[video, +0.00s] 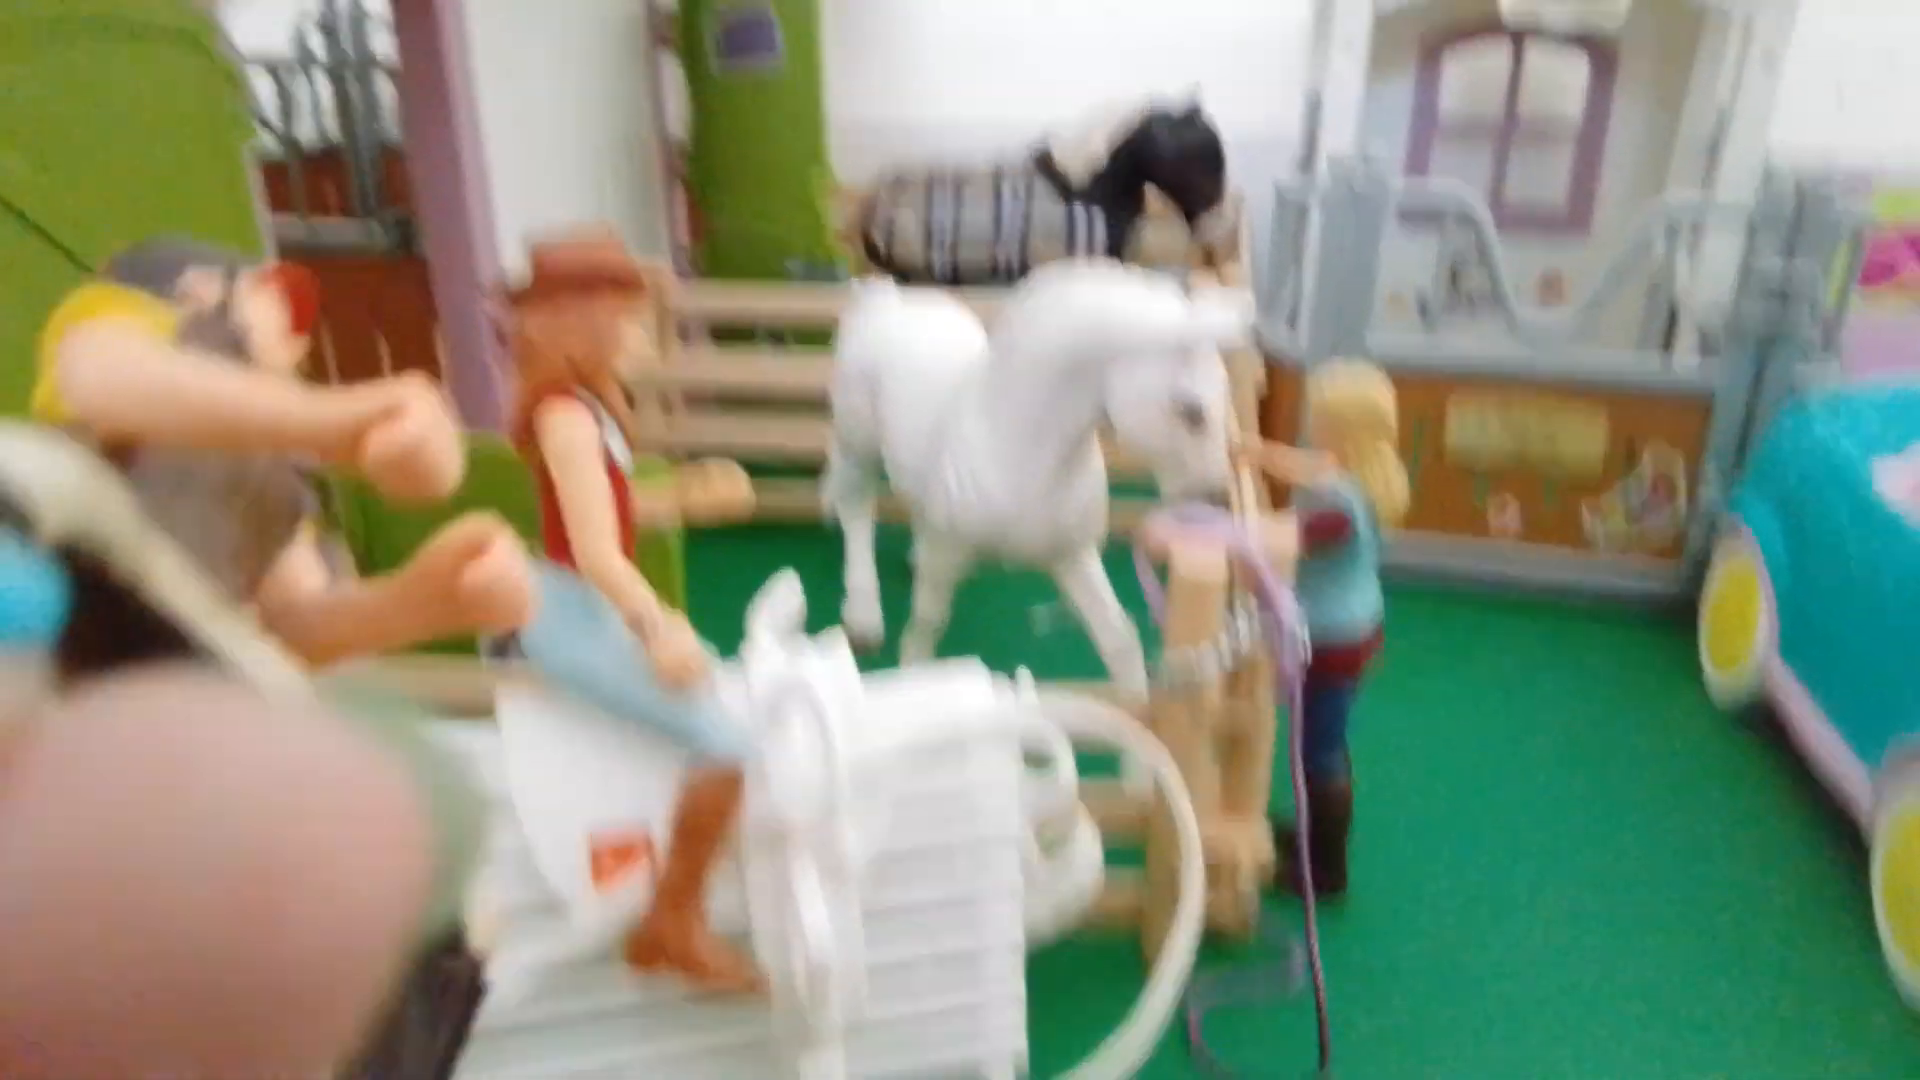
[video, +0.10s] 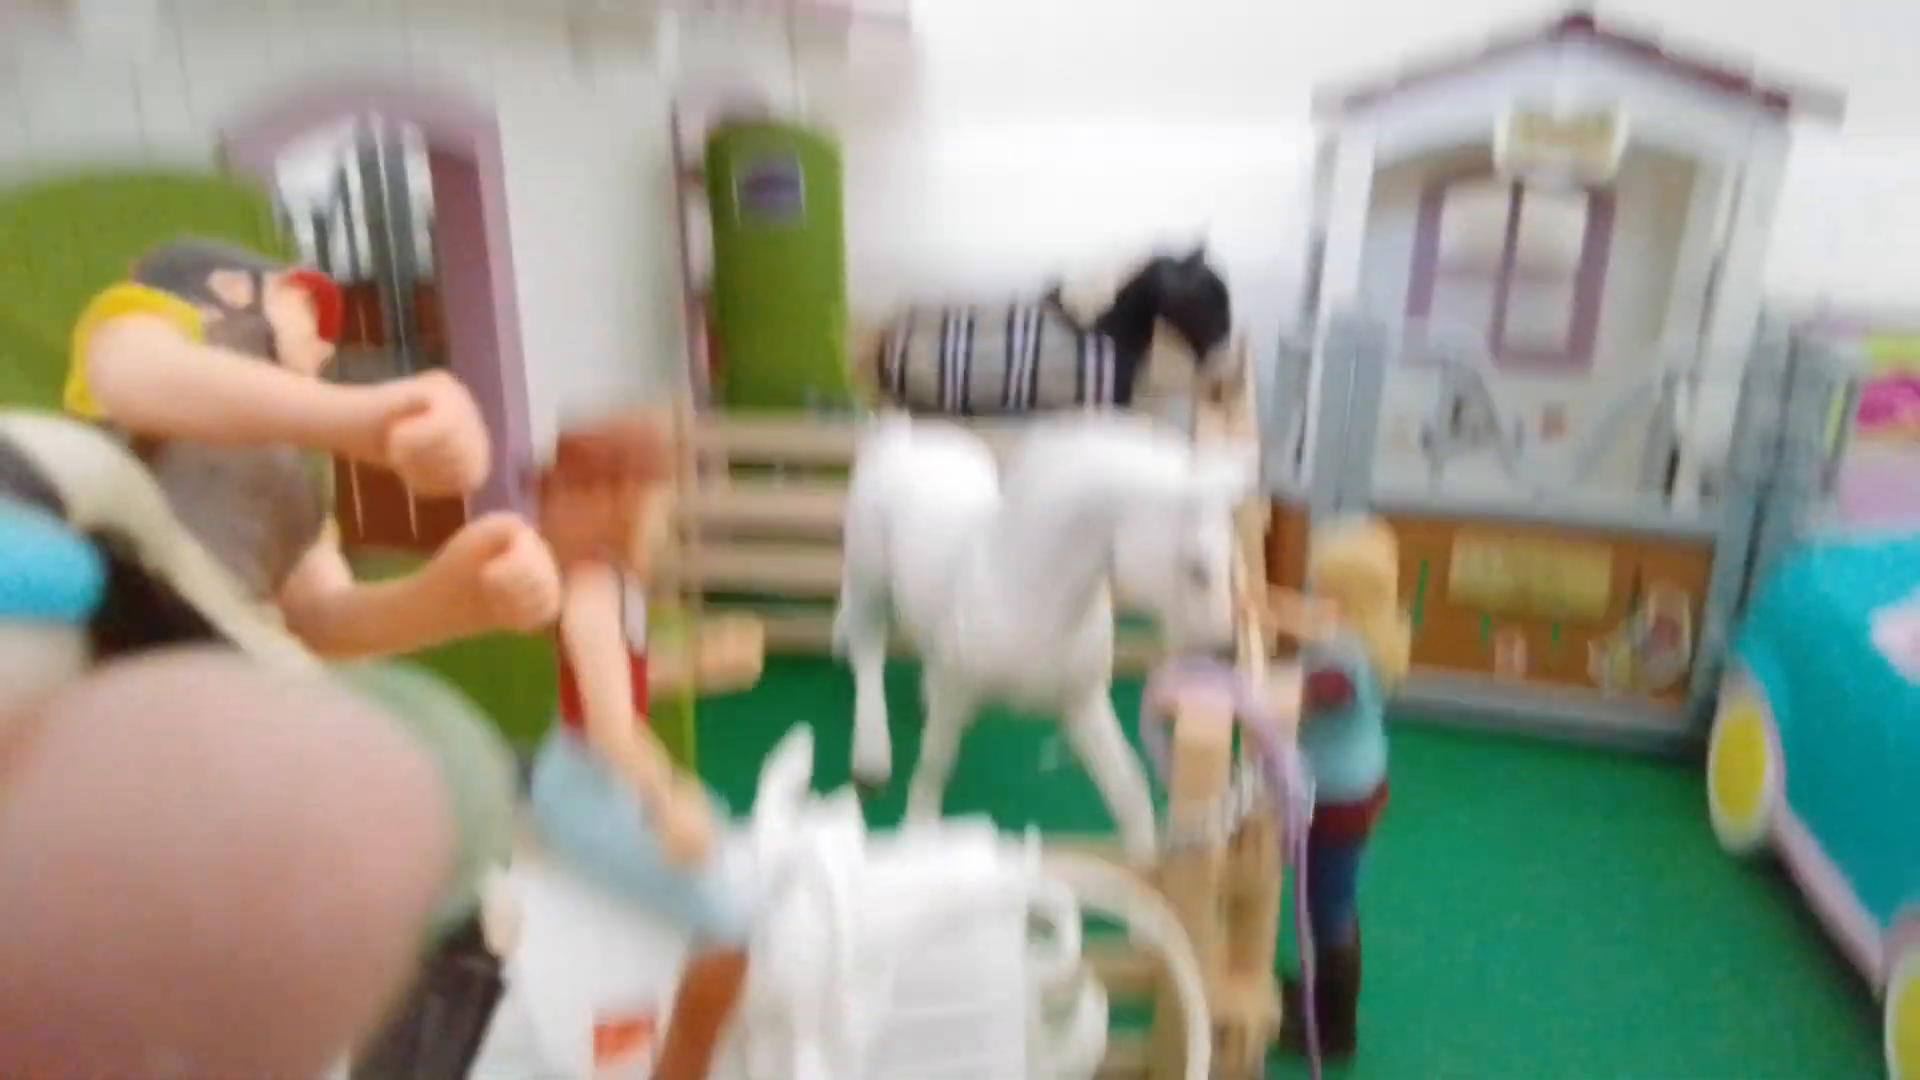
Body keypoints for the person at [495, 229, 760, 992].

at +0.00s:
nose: (631, 328)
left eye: (631, 311)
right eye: (618, 310)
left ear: (613, 317)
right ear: (565, 317)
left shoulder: (591, 406)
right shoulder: (565, 414)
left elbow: (612, 510)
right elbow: (594, 551)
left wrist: (686, 496)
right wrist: (659, 626)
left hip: (600, 619)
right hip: (571, 627)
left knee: (732, 722)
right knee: (724, 739)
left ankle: (676, 916)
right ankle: (674, 919)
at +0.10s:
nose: (659, 512)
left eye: (657, 493)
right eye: (649, 492)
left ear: (628, 497)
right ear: (612, 496)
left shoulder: (616, 582)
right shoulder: (592, 584)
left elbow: (624, 681)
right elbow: (609, 729)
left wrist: (696, 663)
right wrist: (669, 801)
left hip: (610, 781)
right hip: (582, 789)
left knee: (745, 881)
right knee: (731, 915)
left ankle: (687, 1051)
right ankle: (679, 1066)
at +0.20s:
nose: (664, 633)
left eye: (664, 617)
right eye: (656, 616)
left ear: (627, 618)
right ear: (618, 619)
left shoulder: (618, 703)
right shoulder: (591, 712)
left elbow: (629, 780)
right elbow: (614, 845)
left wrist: (698, 770)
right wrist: (668, 918)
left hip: (628, 891)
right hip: (592, 910)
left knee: (727, 938)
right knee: (733, 1022)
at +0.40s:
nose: (693, 617)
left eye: (691, 603)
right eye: (681, 605)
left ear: (651, 613)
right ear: (643, 614)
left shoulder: (653, 683)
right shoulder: (623, 696)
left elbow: (660, 758)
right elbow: (645, 816)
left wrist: (724, 745)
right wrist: (700, 881)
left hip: (663, 852)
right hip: (625, 872)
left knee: (759, 896)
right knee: (765, 982)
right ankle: (732, 1071)